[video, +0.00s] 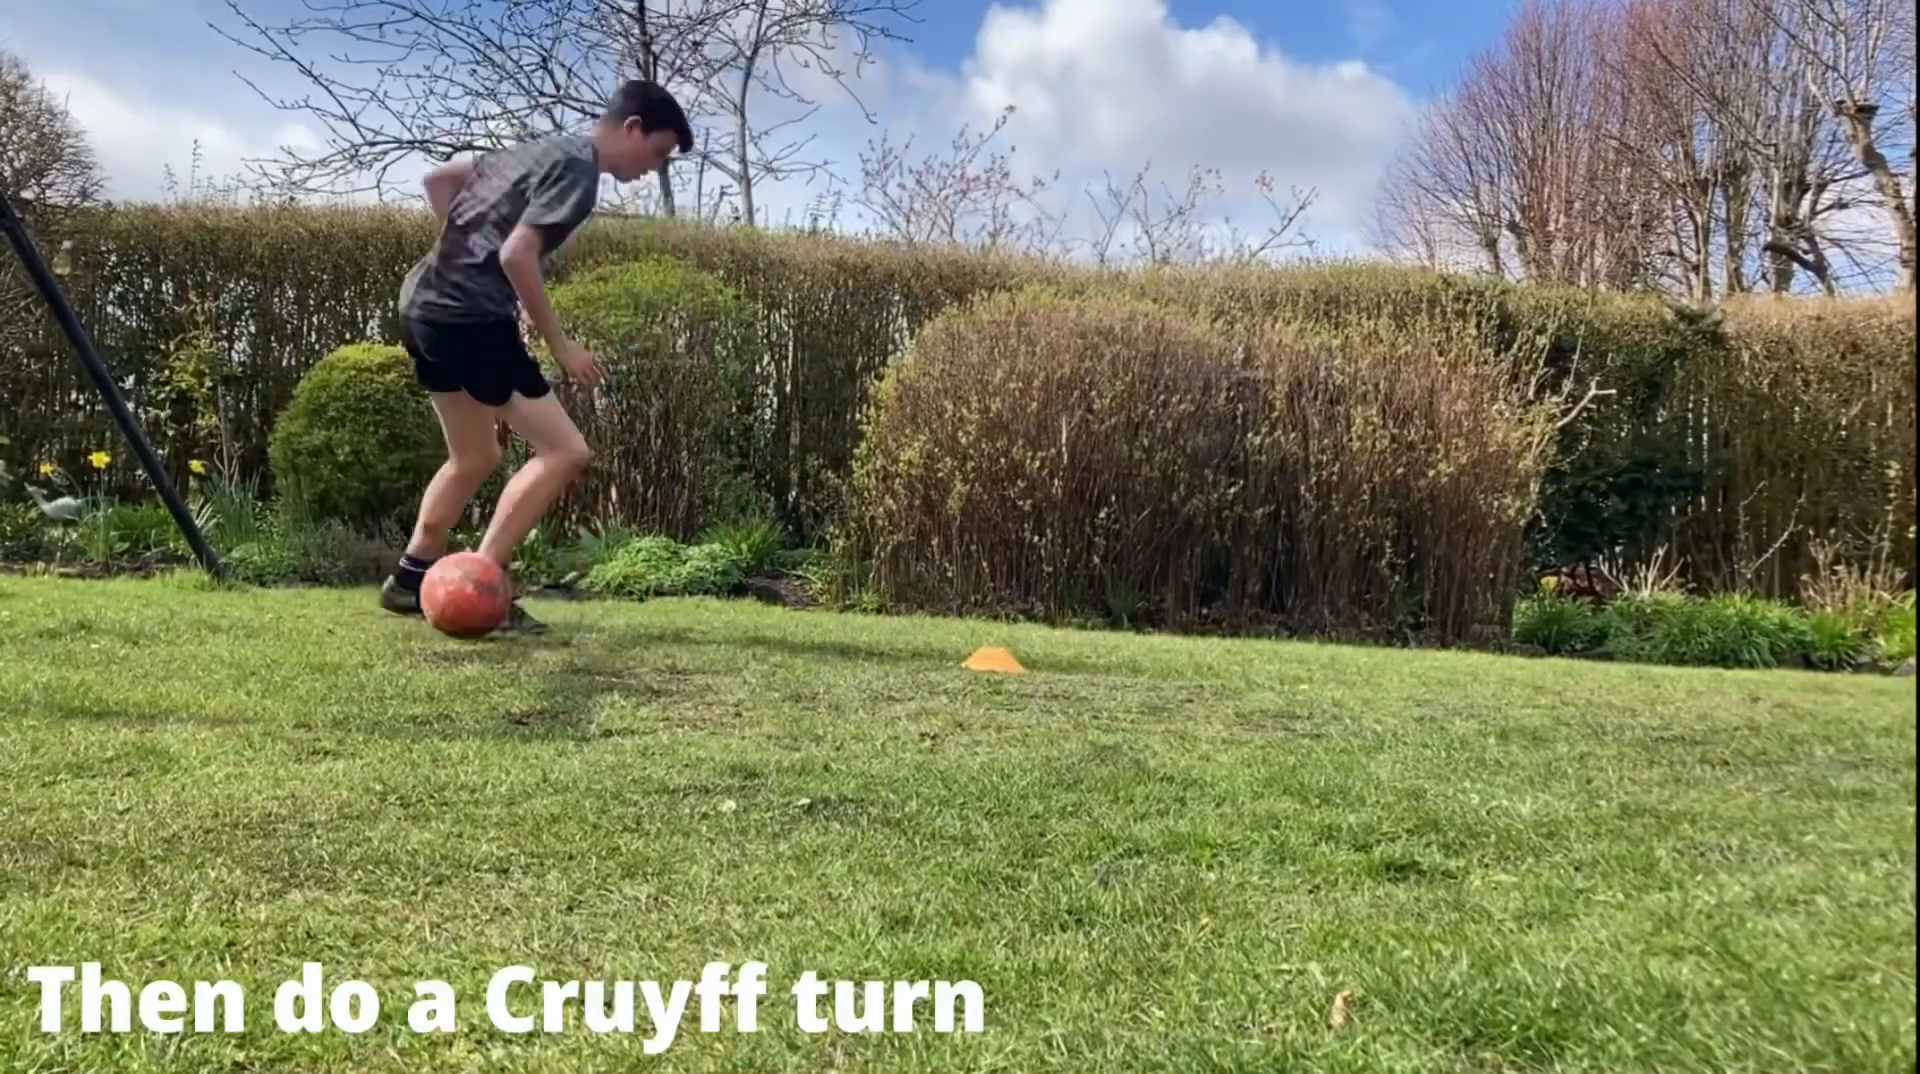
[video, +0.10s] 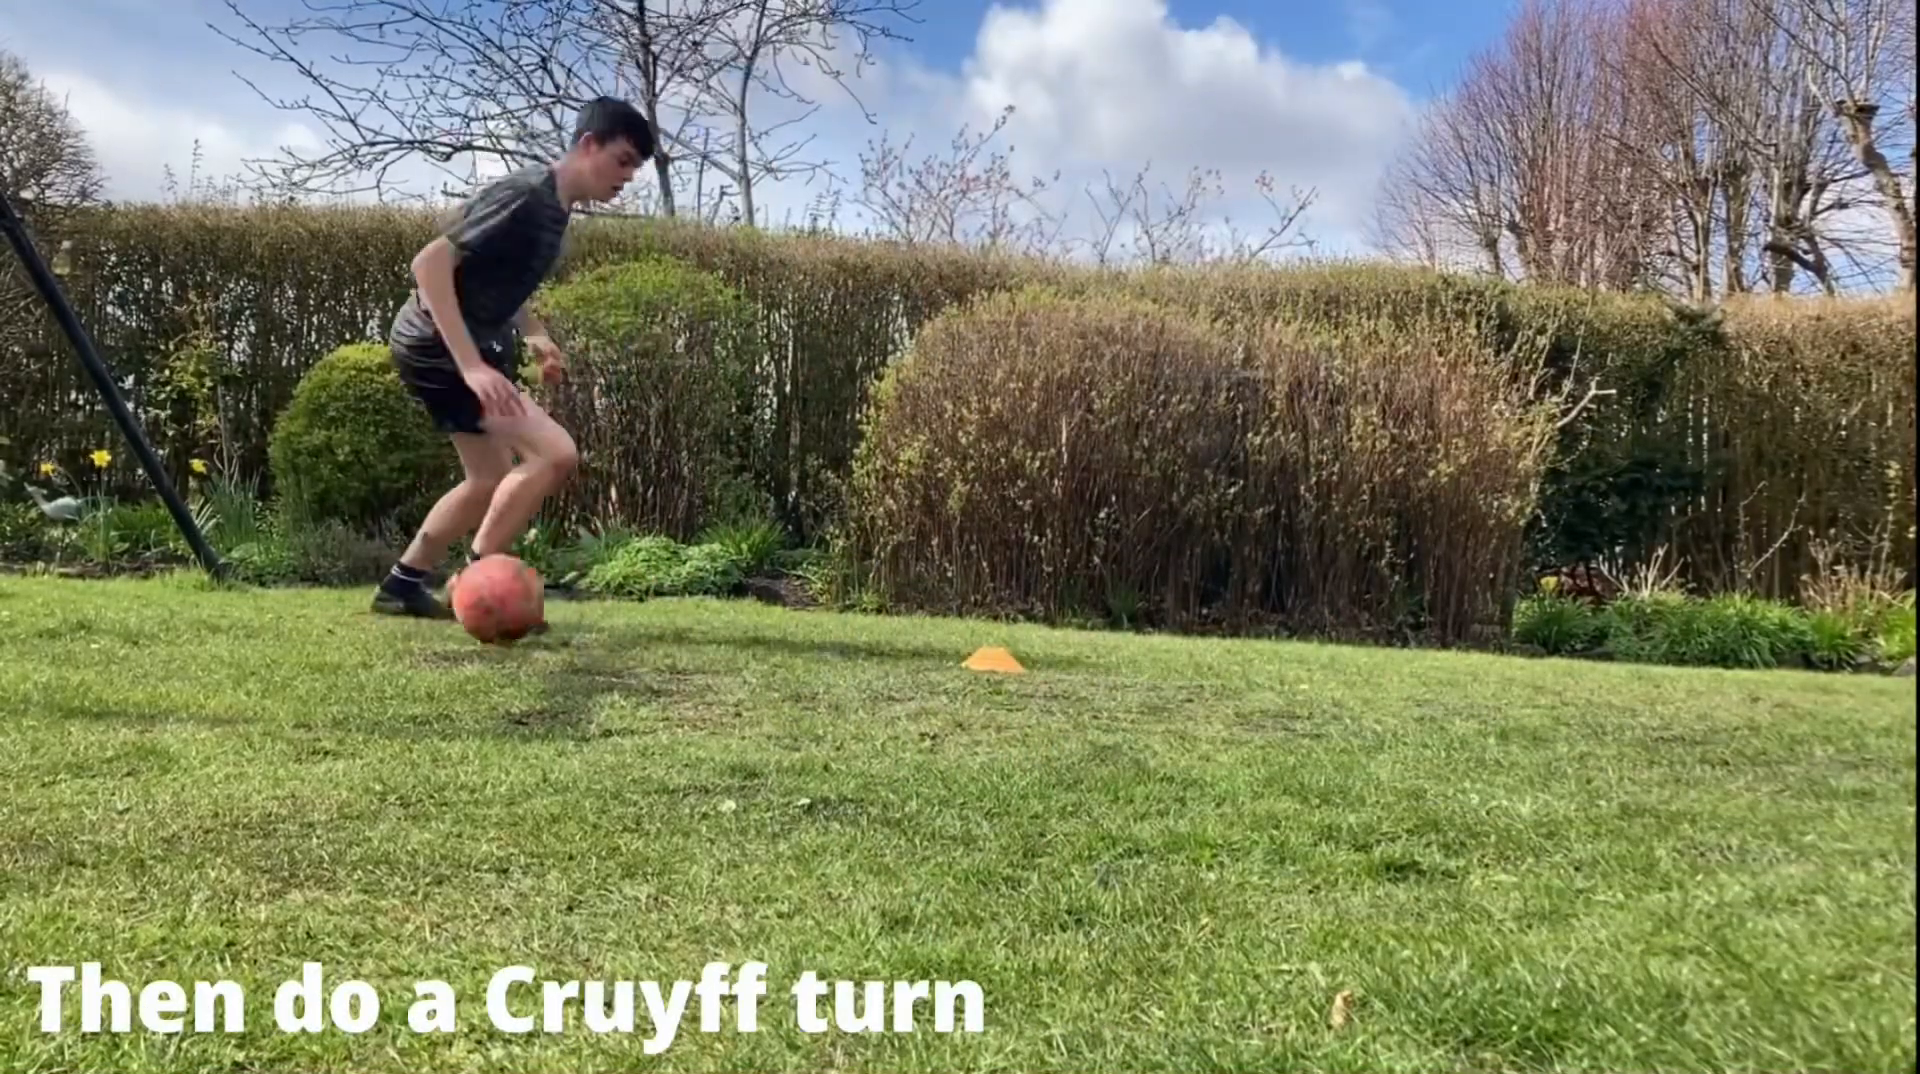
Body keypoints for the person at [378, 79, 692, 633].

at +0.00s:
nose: (653, 171)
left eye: (663, 162)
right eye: (659, 155)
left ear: (625, 127)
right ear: (632, 128)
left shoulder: (535, 150)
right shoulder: (576, 170)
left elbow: (439, 180)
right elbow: (516, 254)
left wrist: (472, 256)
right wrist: (561, 344)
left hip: (428, 310)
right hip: (471, 318)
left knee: (472, 457)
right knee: (564, 452)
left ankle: (411, 578)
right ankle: (480, 585)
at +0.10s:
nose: (628, 179)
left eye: (634, 169)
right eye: (624, 163)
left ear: (591, 151)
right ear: (588, 145)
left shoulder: (552, 211)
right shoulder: (525, 194)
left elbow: (500, 282)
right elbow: (430, 265)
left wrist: (536, 337)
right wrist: (472, 363)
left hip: (467, 346)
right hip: (437, 349)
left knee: (488, 483)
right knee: (555, 454)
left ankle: (404, 582)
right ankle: (478, 580)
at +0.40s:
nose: (582, 75)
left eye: (591, 65)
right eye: (571, 59)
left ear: (594, 70)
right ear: (534, 55)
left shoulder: (585, 144)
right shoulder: (484, 130)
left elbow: (579, 225)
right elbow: (426, 234)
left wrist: (635, 232)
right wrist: (500, 280)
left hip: (535, 325)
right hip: (458, 321)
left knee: (564, 464)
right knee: (471, 482)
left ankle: (499, 535)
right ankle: (427, 577)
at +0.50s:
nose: (589, 53)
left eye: (599, 43)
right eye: (577, 37)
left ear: (604, 50)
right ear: (541, 34)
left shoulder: (603, 119)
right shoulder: (500, 105)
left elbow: (626, 195)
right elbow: (467, 183)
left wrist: (665, 184)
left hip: (555, 306)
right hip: (475, 308)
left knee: (597, 393)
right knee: (463, 479)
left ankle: (581, 568)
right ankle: (425, 575)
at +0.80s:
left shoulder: (720, 61)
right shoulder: (586, 29)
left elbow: (762, 186)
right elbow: (454, 118)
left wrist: (803, 143)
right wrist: (496, 106)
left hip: (662, 285)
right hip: (575, 275)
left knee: (640, 478)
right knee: (618, 466)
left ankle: (557, 613)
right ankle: (513, 546)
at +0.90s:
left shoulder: (773, 9)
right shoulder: (604, 4)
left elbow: (823, 132)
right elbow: (522, 49)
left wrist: (850, 101)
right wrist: (506, 77)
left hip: (712, 239)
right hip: (623, 218)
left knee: (652, 445)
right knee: (696, 389)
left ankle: (572, 588)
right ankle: (620, 618)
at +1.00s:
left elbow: (868, 55)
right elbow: (582, 15)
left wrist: (890, 97)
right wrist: (569, 55)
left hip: (785, 202)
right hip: (687, 182)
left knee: (701, 430)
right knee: (751, 391)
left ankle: (628, 549)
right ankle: (755, 655)